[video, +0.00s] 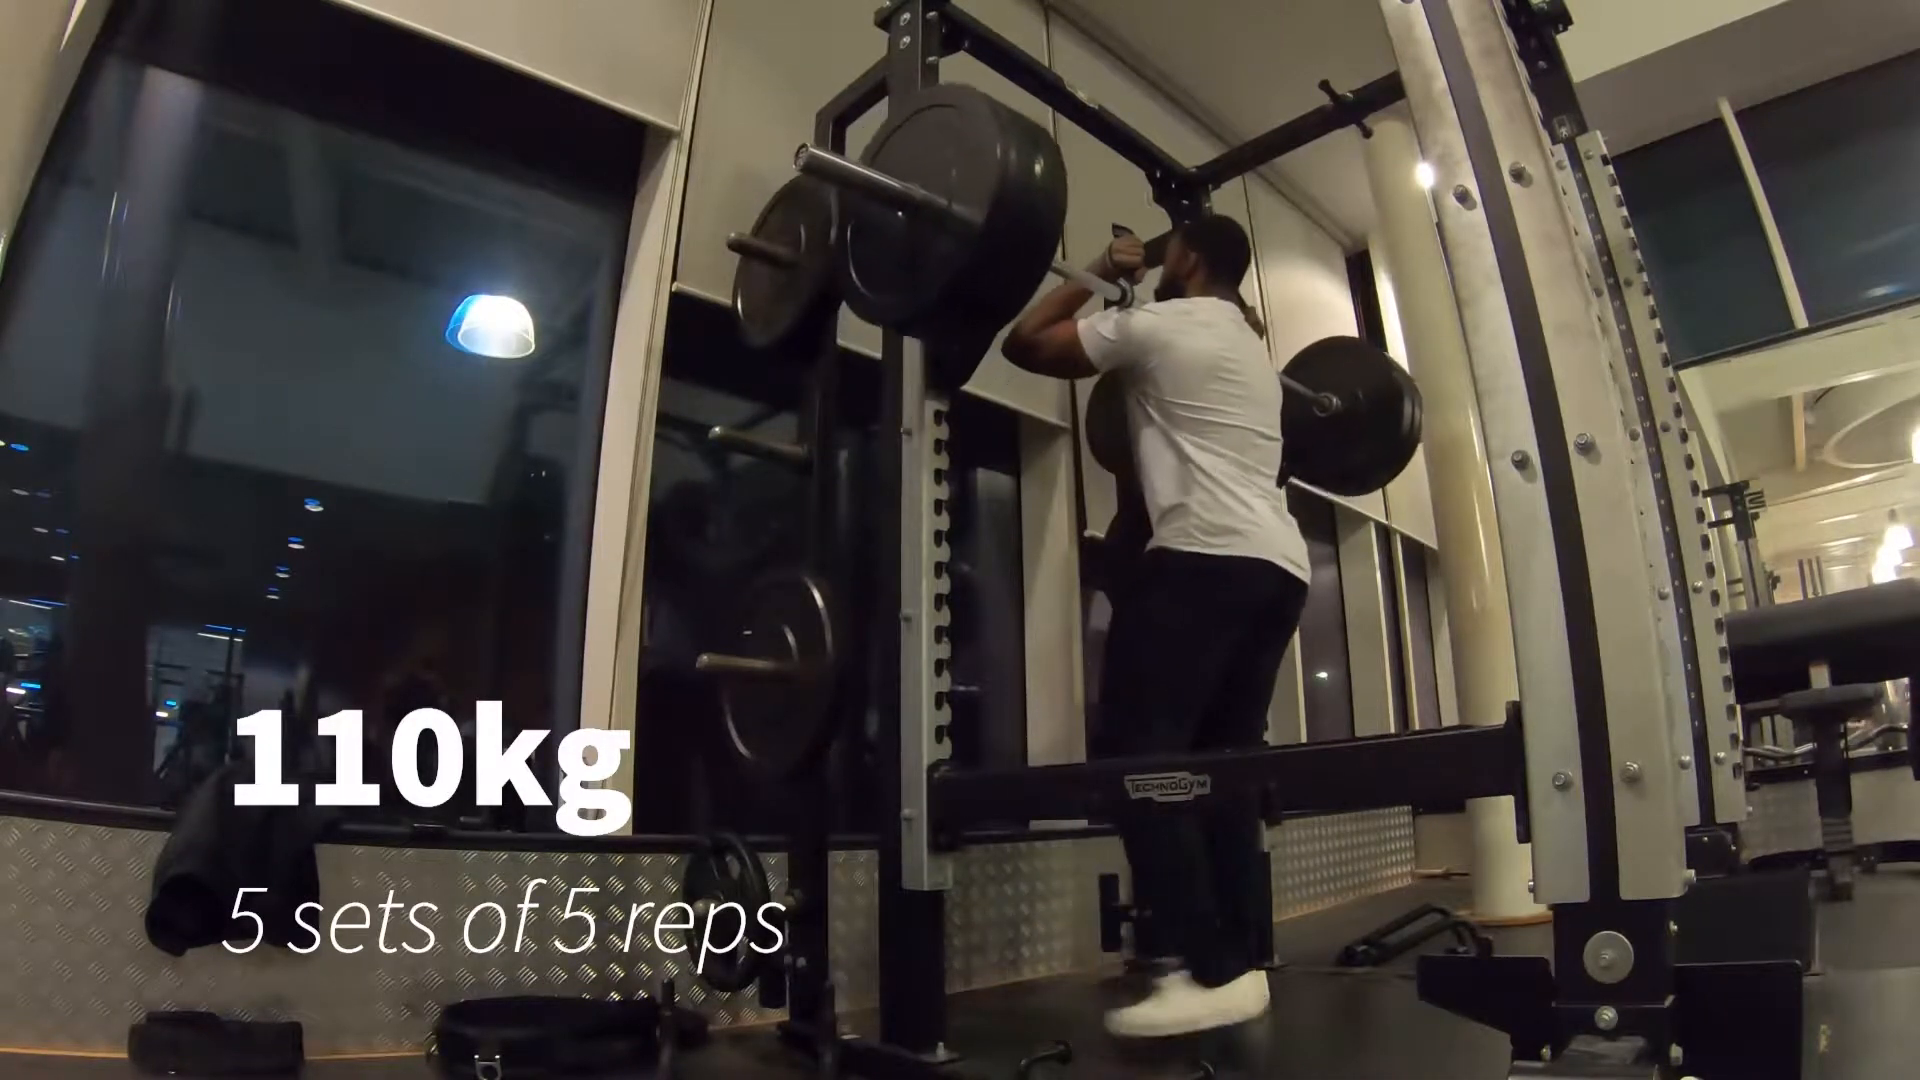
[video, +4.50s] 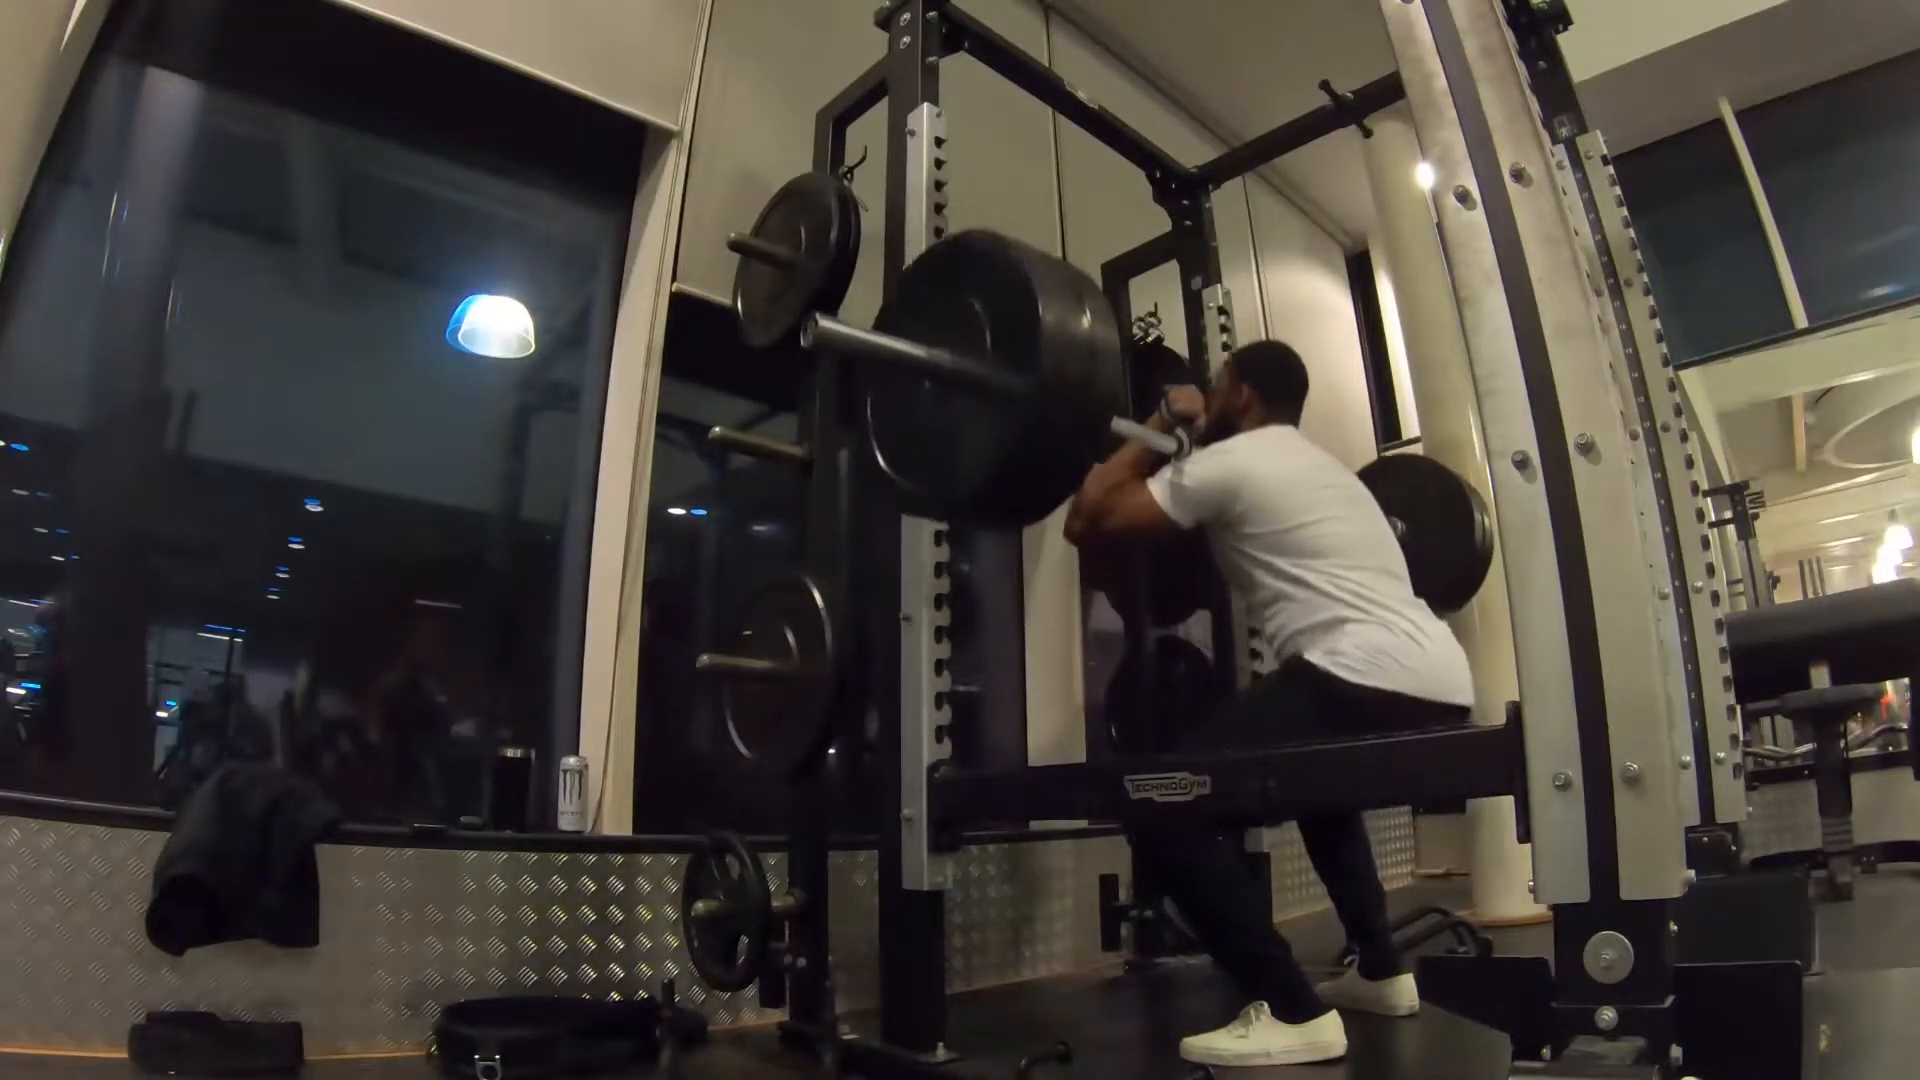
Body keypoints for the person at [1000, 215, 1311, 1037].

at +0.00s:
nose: (1160, 257)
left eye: (1169, 246)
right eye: (1168, 247)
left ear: (1188, 257)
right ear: (1232, 271)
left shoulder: (1160, 326)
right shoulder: (1256, 349)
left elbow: (1027, 340)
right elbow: (1126, 443)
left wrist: (1093, 276)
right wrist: (1120, 306)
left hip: (1194, 559)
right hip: (1276, 567)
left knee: (1137, 756)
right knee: (1228, 760)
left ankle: (1196, 971)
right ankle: (1242, 964)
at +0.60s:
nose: (1198, 230)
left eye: (1206, 220)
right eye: (1204, 221)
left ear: (1226, 225)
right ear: (1274, 236)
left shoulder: (1201, 293)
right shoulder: (1299, 309)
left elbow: (1056, 323)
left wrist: (1133, 244)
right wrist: (1157, 274)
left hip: (1262, 541)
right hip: (1338, 541)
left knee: (1262, 770)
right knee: (1300, 759)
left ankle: (1301, 1011)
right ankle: (1375, 947)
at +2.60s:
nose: (1227, 288)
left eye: (1236, 277)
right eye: (1233, 279)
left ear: (1259, 284)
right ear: (1309, 298)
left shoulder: (1238, 353)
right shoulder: (1333, 364)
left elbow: (1093, 378)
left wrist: (1164, 312)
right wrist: (1208, 315)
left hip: (1324, 594)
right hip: (1415, 601)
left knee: (1204, 778)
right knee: (1324, 768)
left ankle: (1293, 1012)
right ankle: (1384, 969)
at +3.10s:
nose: (1223, 406)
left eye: (1231, 394)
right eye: (1226, 393)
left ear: (1255, 405)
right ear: (1302, 412)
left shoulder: (1242, 477)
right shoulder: (1334, 476)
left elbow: (1104, 518)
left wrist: (1157, 443)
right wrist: (1214, 436)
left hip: (1363, 695)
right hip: (1455, 703)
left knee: (1167, 795)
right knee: (1309, 785)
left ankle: (1293, 1012)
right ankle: (1384, 972)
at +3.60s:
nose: (1222, 511)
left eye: (1229, 500)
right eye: (1225, 499)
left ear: (1260, 508)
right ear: (1310, 512)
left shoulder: (1245, 588)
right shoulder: (1337, 573)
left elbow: (1111, 639)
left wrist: (1174, 542)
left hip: (1385, 828)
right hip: (1460, 830)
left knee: (1156, 821)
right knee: (1307, 783)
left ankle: (1293, 1013)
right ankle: (1383, 972)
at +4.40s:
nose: (1215, 428)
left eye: (1223, 416)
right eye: (1218, 414)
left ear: (1247, 423)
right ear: (1291, 430)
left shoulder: (1237, 493)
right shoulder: (1325, 491)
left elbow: (1095, 541)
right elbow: (1176, 596)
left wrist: (1152, 460)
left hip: (1363, 708)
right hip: (1455, 719)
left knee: (1164, 805)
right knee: (1308, 785)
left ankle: (1291, 1011)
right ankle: (1381, 969)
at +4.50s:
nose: (1212, 401)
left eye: (1219, 389)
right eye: (1215, 388)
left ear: (1243, 395)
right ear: (1290, 402)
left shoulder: (1232, 464)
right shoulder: (1325, 464)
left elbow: (1089, 514)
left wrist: (1153, 434)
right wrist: (1200, 431)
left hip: (1352, 681)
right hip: (1443, 692)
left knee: (1167, 800)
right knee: (1315, 782)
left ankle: (1291, 1012)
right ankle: (1383, 970)